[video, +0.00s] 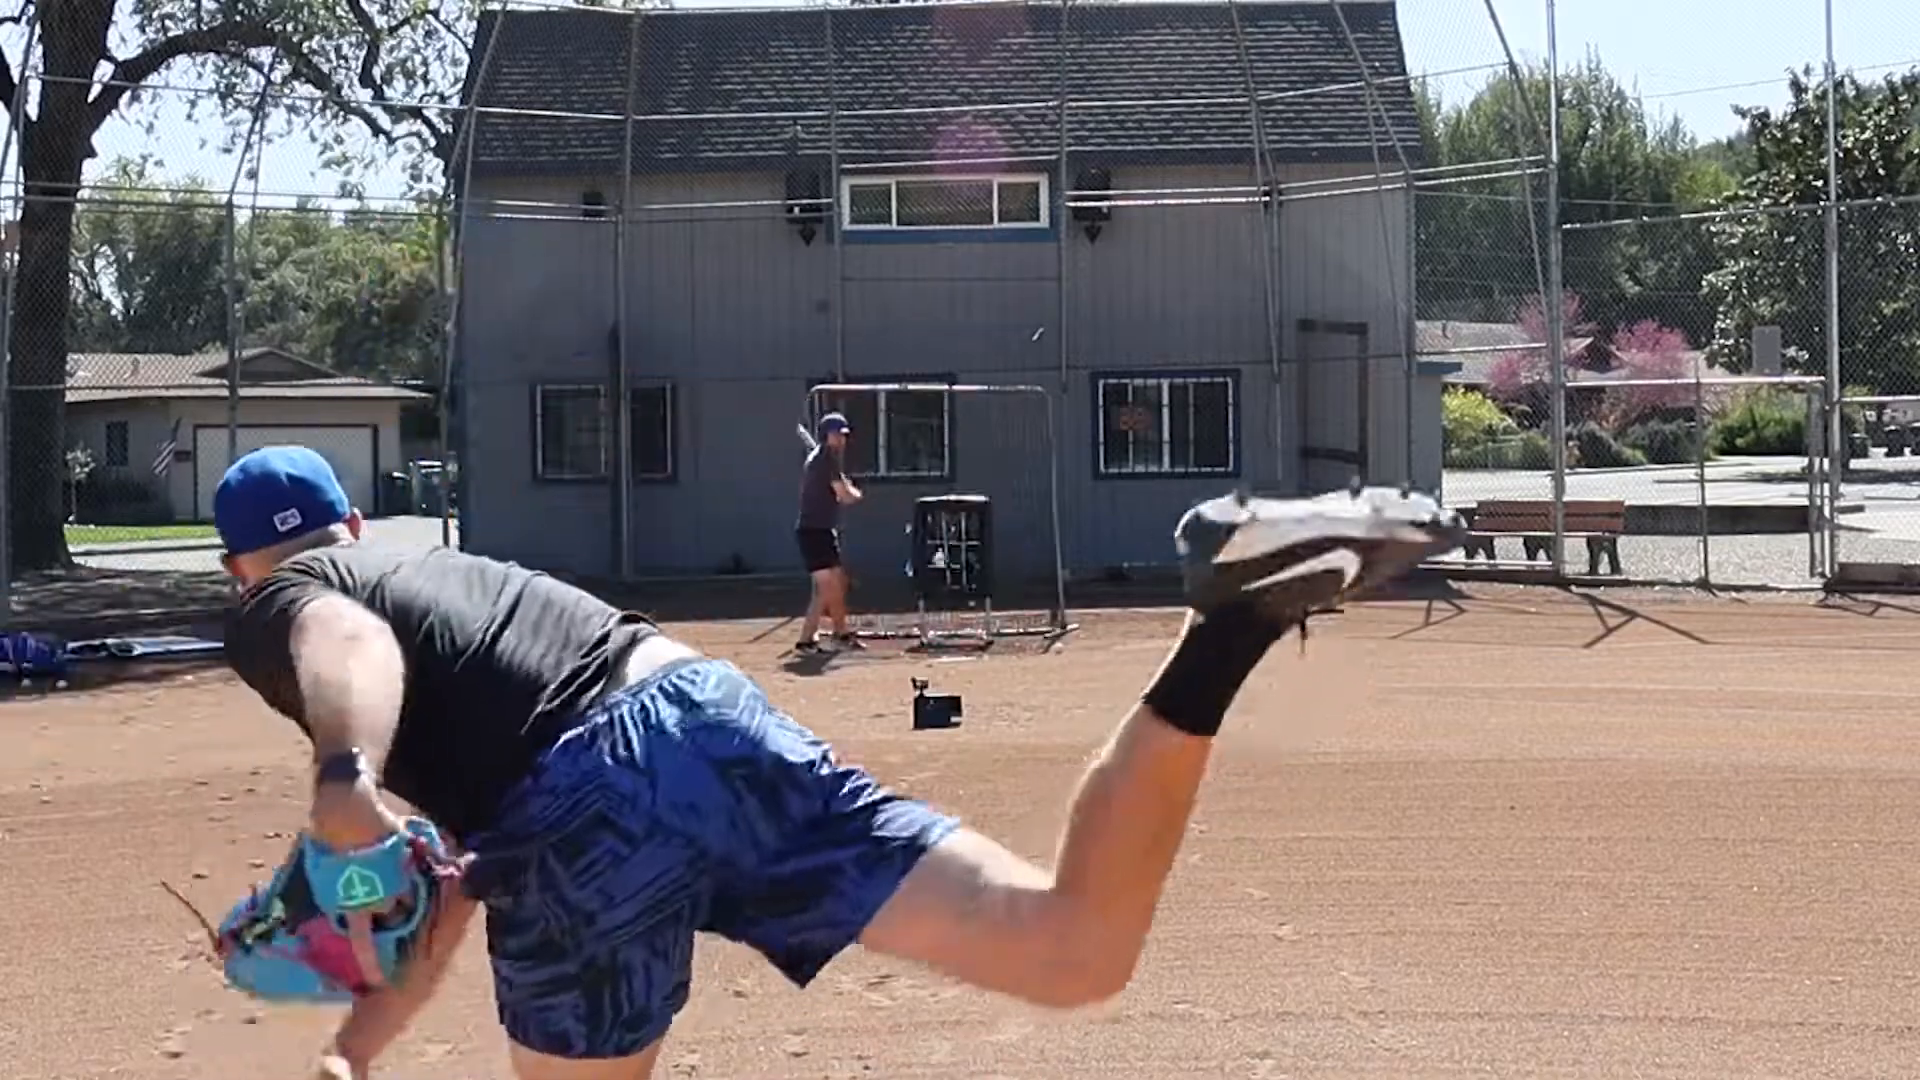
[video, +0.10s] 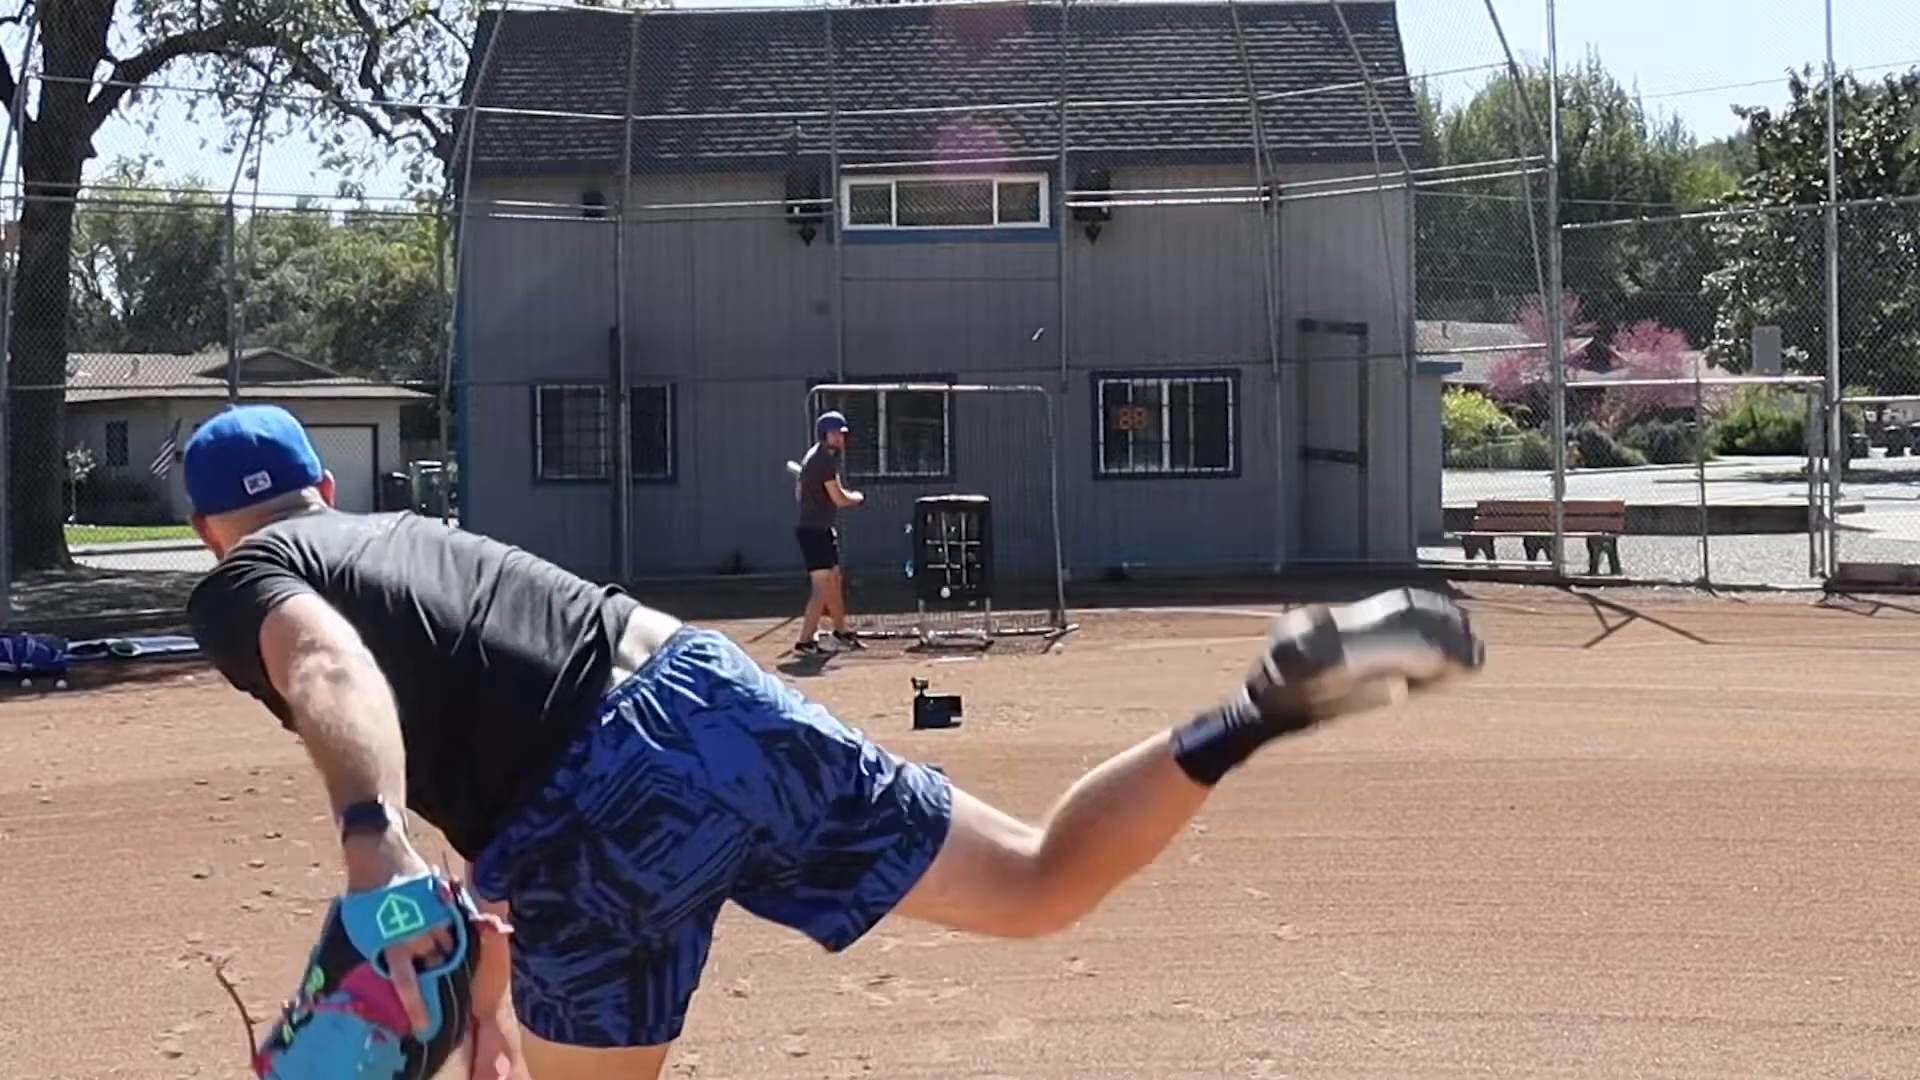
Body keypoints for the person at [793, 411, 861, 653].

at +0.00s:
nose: (842, 440)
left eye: (843, 435)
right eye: (838, 435)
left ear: (841, 436)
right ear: (826, 436)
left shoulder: (818, 455)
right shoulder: (827, 458)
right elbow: (843, 492)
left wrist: (845, 494)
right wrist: (856, 493)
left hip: (820, 527)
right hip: (816, 529)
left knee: (826, 583)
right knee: (831, 582)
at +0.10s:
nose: (842, 437)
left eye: (843, 432)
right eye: (838, 433)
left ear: (834, 435)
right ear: (826, 434)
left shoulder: (817, 454)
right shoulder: (824, 458)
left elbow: (800, 493)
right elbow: (838, 498)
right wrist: (857, 498)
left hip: (820, 527)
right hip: (815, 529)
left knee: (834, 577)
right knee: (822, 583)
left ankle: (841, 629)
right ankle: (806, 639)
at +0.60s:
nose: (850, 439)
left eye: (850, 434)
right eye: (847, 434)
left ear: (834, 435)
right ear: (835, 434)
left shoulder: (834, 459)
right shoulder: (822, 461)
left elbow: (837, 493)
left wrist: (850, 511)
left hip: (829, 524)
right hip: (825, 525)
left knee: (819, 581)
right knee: (842, 580)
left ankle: (806, 636)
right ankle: (839, 631)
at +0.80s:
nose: (866, 445)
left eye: (867, 440)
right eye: (861, 441)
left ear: (865, 443)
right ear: (849, 445)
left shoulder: (842, 463)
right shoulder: (853, 466)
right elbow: (880, 489)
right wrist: (878, 467)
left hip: (824, 531)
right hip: (832, 531)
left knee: (858, 581)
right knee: (870, 571)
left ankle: (848, 634)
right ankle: (847, 613)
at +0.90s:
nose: (866, 449)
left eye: (867, 444)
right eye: (861, 445)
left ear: (869, 446)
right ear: (850, 448)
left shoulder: (859, 468)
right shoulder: (846, 469)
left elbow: (878, 495)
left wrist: (877, 478)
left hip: (835, 529)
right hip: (828, 530)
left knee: (857, 578)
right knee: (865, 572)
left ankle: (845, 632)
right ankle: (843, 618)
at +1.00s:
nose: (866, 453)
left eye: (868, 449)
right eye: (861, 449)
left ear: (867, 451)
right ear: (850, 450)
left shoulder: (841, 466)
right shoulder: (852, 472)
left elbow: (877, 494)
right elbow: (878, 493)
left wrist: (870, 471)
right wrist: (872, 471)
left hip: (829, 533)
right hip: (827, 534)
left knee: (856, 583)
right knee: (857, 582)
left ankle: (847, 631)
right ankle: (836, 624)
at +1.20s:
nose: (866, 464)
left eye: (867, 460)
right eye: (861, 460)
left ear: (866, 462)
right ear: (850, 461)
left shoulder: (836, 478)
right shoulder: (855, 482)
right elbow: (877, 502)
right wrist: (867, 482)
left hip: (832, 546)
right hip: (820, 546)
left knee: (856, 594)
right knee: (837, 595)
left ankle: (846, 634)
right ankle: (820, 638)